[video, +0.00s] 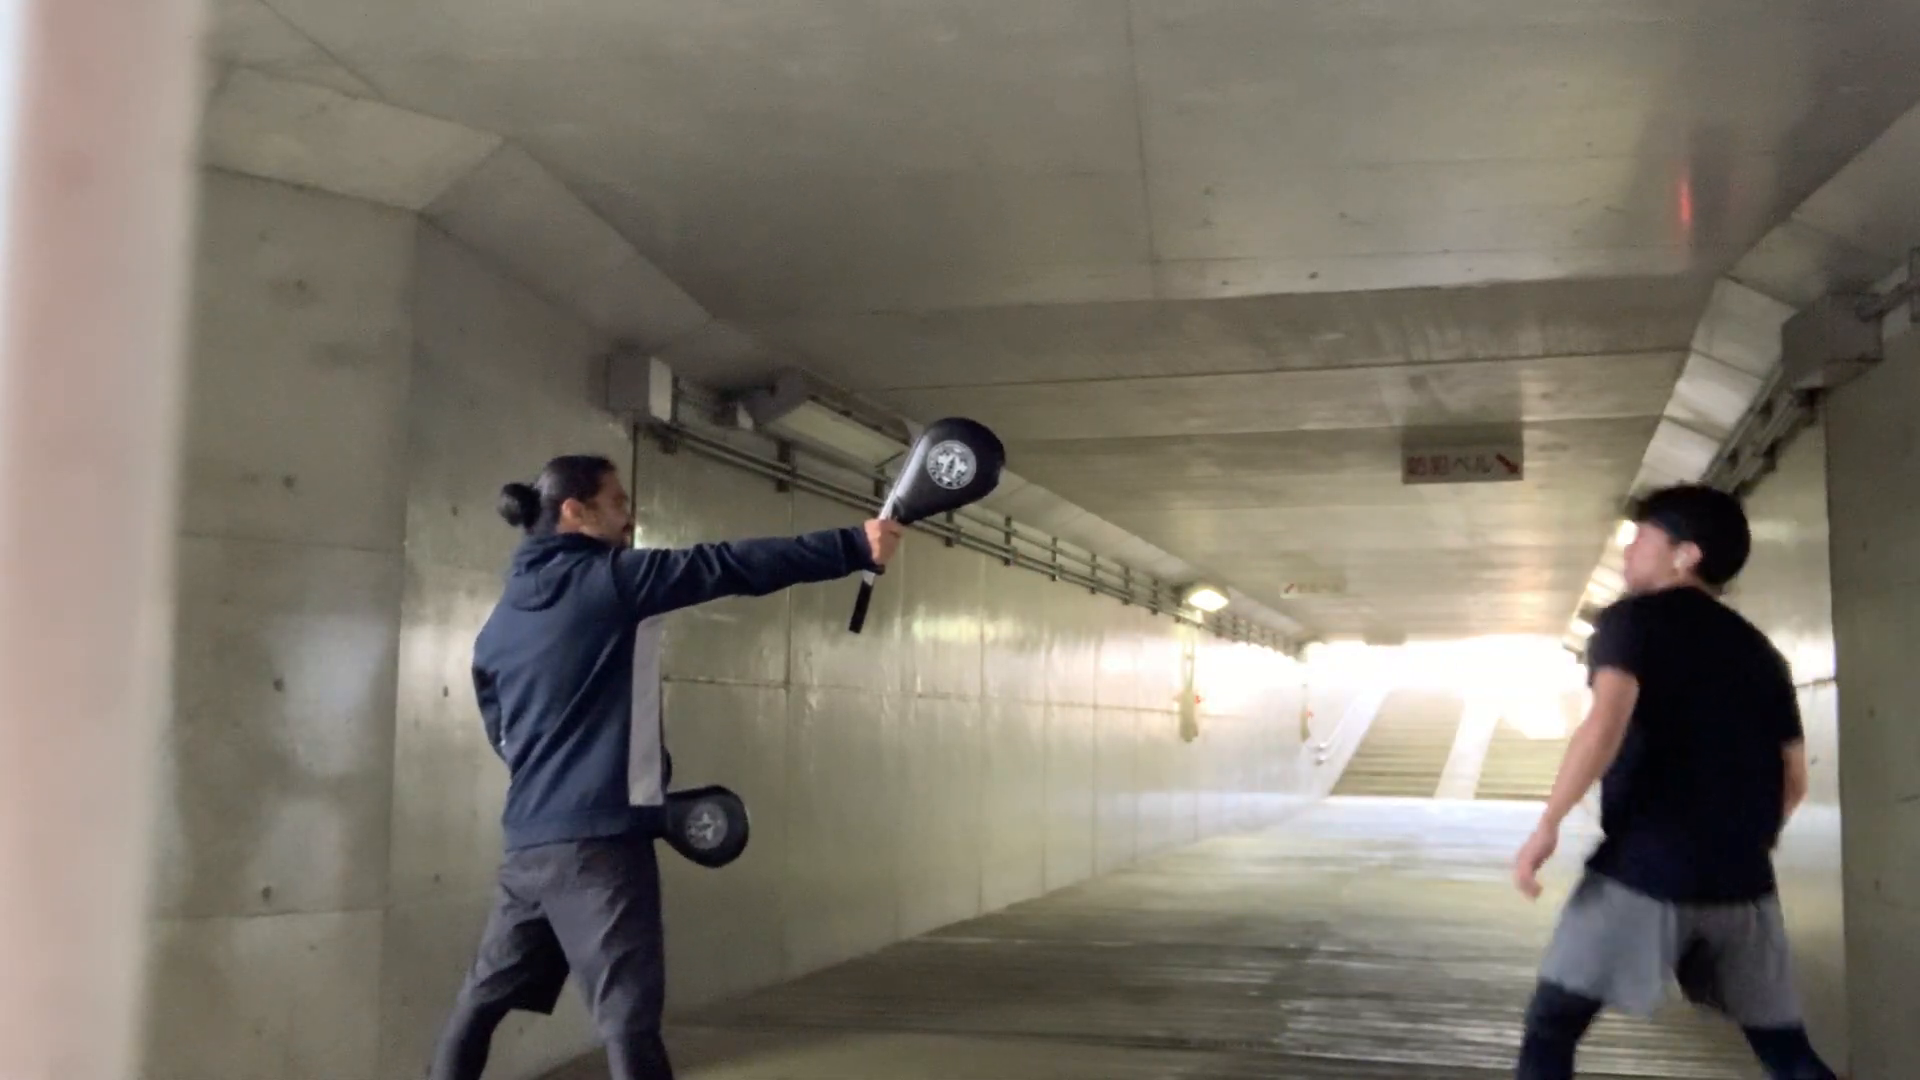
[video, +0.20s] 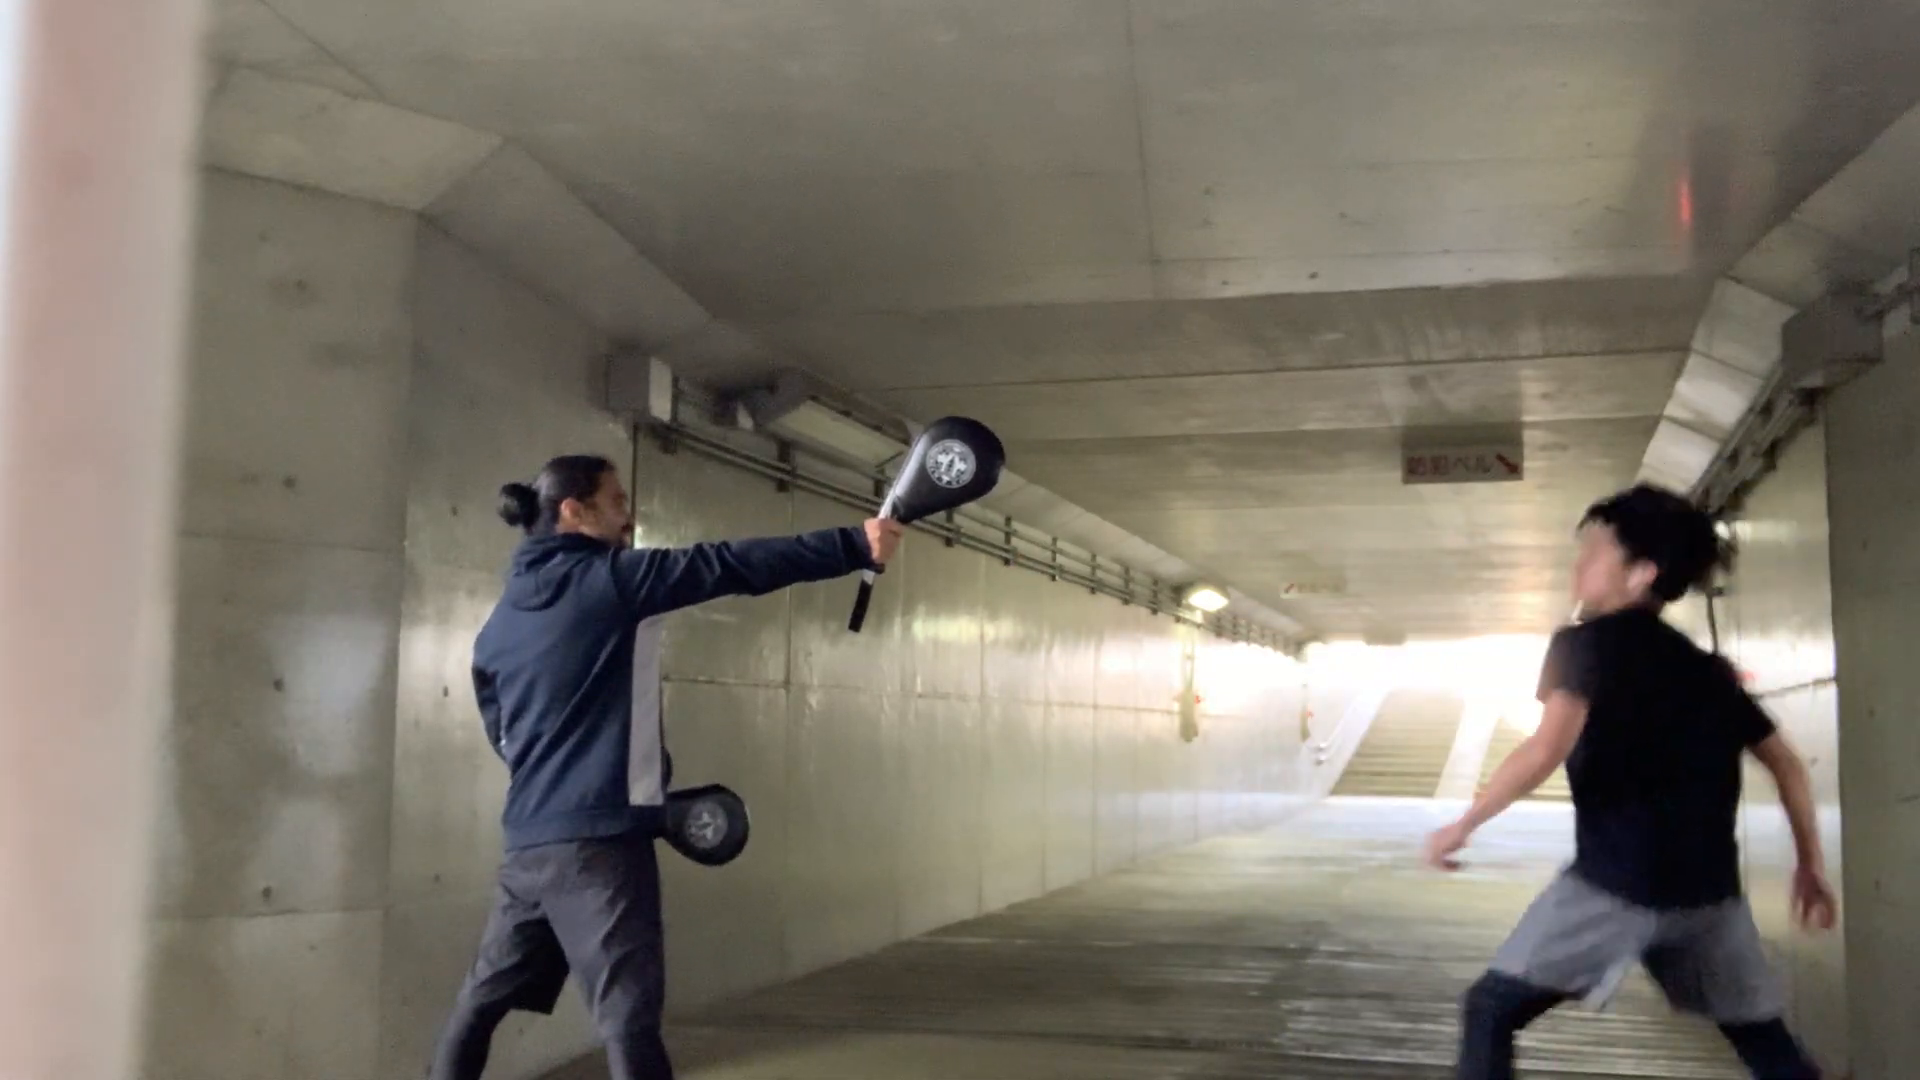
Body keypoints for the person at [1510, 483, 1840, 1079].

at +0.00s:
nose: (1628, 548)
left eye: (1643, 535)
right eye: (1635, 533)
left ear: (1686, 555)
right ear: (1695, 560)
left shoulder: (1632, 619)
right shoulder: (1760, 649)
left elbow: (1610, 717)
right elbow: (1794, 780)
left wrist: (1549, 823)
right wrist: (1741, 844)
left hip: (1642, 874)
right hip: (1743, 879)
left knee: (1549, 1034)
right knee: (1788, 1050)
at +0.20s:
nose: (1577, 570)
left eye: (1591, 554)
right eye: (1582, 552)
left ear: (1641, 575)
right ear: (1647, 579)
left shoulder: (1585, 643)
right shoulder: (1708, 669)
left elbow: (1548, 747)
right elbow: (1786, 764)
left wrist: (1465, 824)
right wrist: (1810, 864)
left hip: (1611, 890)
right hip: (1708, 894)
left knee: (1490, 1009)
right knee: (1771, 1047)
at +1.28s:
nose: (1250, 628)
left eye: (1270, 616)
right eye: (1242, 605)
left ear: (1284, 615)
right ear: (1216, 583)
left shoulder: (1252, 683)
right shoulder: (1148, 631)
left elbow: (1201, 739)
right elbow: (1047, 697)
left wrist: (1216, 764)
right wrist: (1059, 802)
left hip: (1175, 862)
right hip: (1094, 850)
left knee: (1239, 1019)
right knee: (1046, 1028)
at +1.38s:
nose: (1245, 601)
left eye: (1263, 590)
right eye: (1236, 579)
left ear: (1281, 586)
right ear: (1206, 550)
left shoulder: (1252, 644)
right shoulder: (1132, 608)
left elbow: (1197, 709)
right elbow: (1053, 690)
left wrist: (1214, 741)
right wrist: (1109, 787)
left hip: (1175, 829)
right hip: (1091, 822)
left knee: (1210, 997)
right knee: (1046, 997)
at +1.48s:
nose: (1244, 617)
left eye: (1262, 604)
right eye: (1236, 595)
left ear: (1276, 602)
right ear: (1200, 568)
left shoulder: (1244, 661)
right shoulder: (1129, 636)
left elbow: (1210, 730)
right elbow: (1067, 735)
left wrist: (1218, 779)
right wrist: (1124, 839)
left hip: (1171, 846)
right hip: (1087, 843)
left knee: (1205, 1018)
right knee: (1043, 1019)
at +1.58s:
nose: (1236, 631)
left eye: (1254, 618)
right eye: (1227, 610)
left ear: (1268, 619)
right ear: (1192, 588)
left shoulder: (1248, 687)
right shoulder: (1128, 664)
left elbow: (1234, 770)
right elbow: (1065, 763)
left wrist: (1229, 801)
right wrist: (1121, 868)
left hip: (1181, 875)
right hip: (1094, 873)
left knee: (1229, 1042)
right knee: (1042, 1050)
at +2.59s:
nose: (1543, 575)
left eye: (1560, 564)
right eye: (1548, 561)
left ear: (1607, 588)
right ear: (1610, 594)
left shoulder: (1571, 659)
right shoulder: (1650, 665)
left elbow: (1561, 783)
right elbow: (1690, 789)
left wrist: (1516, 894)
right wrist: (1701, 895)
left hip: (1612, 894)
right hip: (1685, 891)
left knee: (1506, 1032)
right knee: (1726, 1051)